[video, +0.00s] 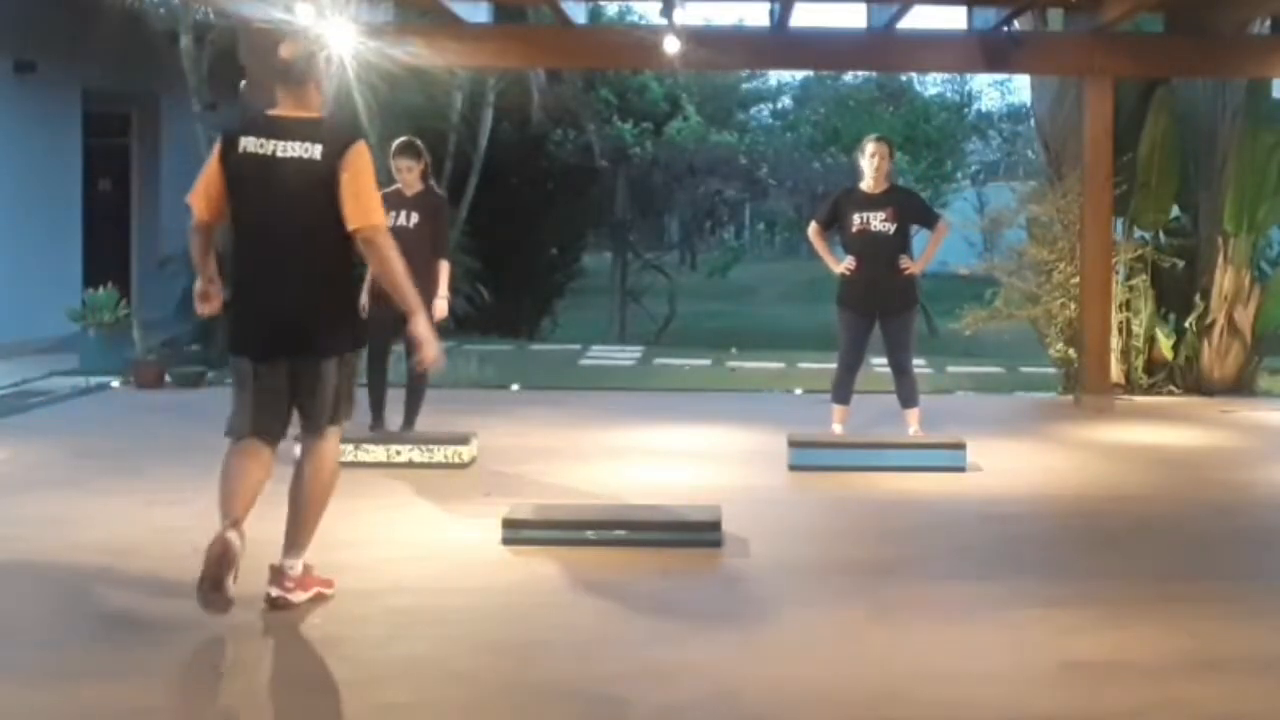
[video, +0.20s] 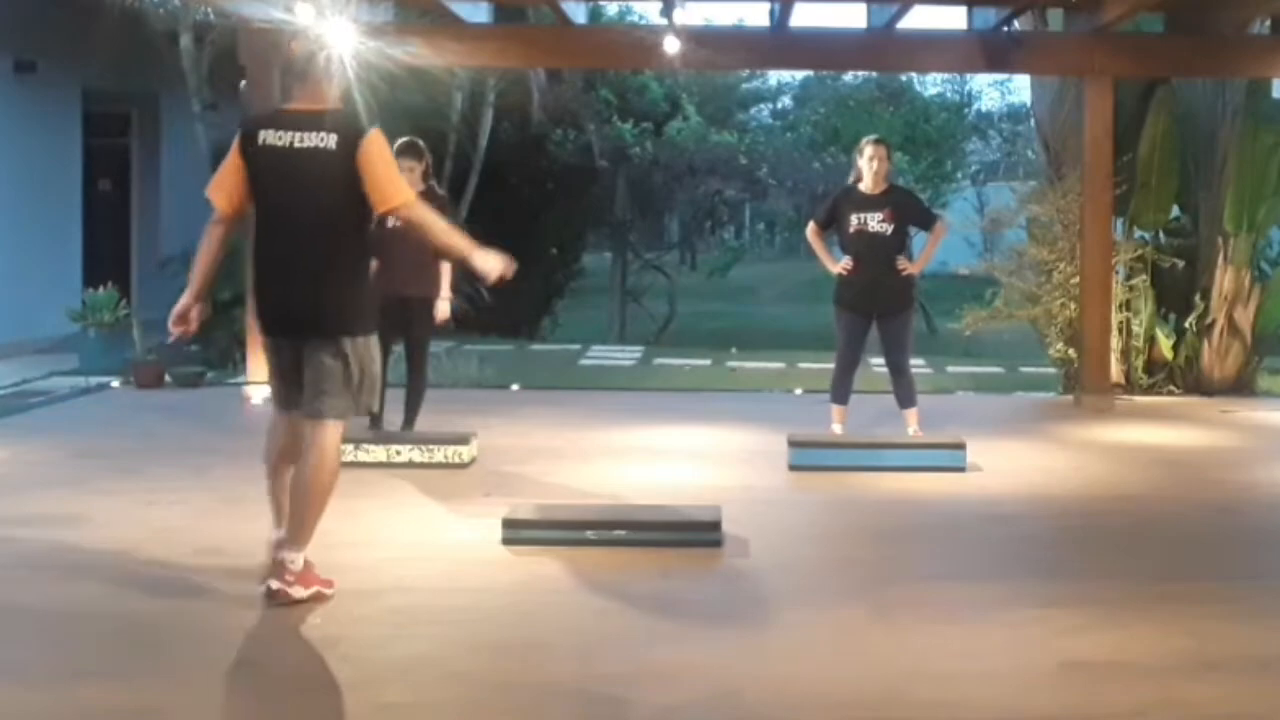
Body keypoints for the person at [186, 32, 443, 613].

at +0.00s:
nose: (335, 86)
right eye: (331, 77)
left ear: (275, 82)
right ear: (321, 82)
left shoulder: (237, 141)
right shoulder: (345, 145)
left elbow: (202, 215)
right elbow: (372, 236)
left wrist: (205, 273)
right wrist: (418, 317)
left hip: (254, 318)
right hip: (326, 322)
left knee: (255, 433)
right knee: (324, 436)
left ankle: (231, 530)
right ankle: (291, 571)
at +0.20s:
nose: (345, 85)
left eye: (337, 73)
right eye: (342, 75)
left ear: (291, 78)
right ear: (335, 80)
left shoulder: (255, 136)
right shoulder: (358, 138)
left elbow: (220, 222)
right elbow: (404, 208)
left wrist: (194, 293)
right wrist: (475, 253)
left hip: (276, 309)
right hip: (338, 311)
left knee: (285, 423)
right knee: (326, 432)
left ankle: (282, 538)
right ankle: (292, 562)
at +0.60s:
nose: (381, 97)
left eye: (376, 89)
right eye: (380, 90)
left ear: (332, 90)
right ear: (373, 92)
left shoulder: (297, 143)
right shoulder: (389, 147)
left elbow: (262, 214)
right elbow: (424, 217)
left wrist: (248, 275)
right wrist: (494, 252)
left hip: (309, 300)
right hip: (374, 304)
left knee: (313, 407)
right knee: (391, 398)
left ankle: (318, 533)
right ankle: (349, 495)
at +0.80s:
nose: (410, 107)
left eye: (406, 99)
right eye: (409, 100)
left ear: (361, 100)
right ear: (402, 101)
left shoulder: (329, 151)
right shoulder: (416, 155)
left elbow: (281, 201)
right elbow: (426, 228)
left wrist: (285, 227)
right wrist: (463, 298)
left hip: (337, 302)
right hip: (401, 307)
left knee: (330, 404)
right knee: (409, 400)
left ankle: (320, 523)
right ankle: (414, 500)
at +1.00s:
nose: (447, 118)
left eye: (444, 110)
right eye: (446, 110)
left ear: (400, 111)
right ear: (437, 111)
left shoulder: (367, 161)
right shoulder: (449, 164)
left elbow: (334, 212)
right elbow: (472, 229)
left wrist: (327, 246)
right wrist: (520, 288)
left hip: (375, 304)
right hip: (433, 307)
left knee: (367, 395)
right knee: (439, 398)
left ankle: (333, 484)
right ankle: (421, 498)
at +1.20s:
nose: (472, 123)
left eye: (472, 115)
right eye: (471, 115)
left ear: (429, 112)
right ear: (457, 113)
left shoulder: (394, 155)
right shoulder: (465, 160)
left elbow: (372, 227)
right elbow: (497, 218)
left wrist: (372, 286)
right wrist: (568, 243)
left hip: (404, 296)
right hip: (454, 301)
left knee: (414, 386)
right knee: (455, 394)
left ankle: (387, 466)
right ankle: (423, 494)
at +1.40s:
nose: (495, 119)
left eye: (495, 111)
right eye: (492, 111)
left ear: (453, 111)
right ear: (471, 111)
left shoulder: (415, 152)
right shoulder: (480, 155)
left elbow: (396, 220)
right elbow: (503, 216)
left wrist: (420, 255)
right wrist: (569, 248)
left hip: (428, 290)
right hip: (467, 295)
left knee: (447, 386)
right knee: (458, 389)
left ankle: (458, 473)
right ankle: (422, 491)